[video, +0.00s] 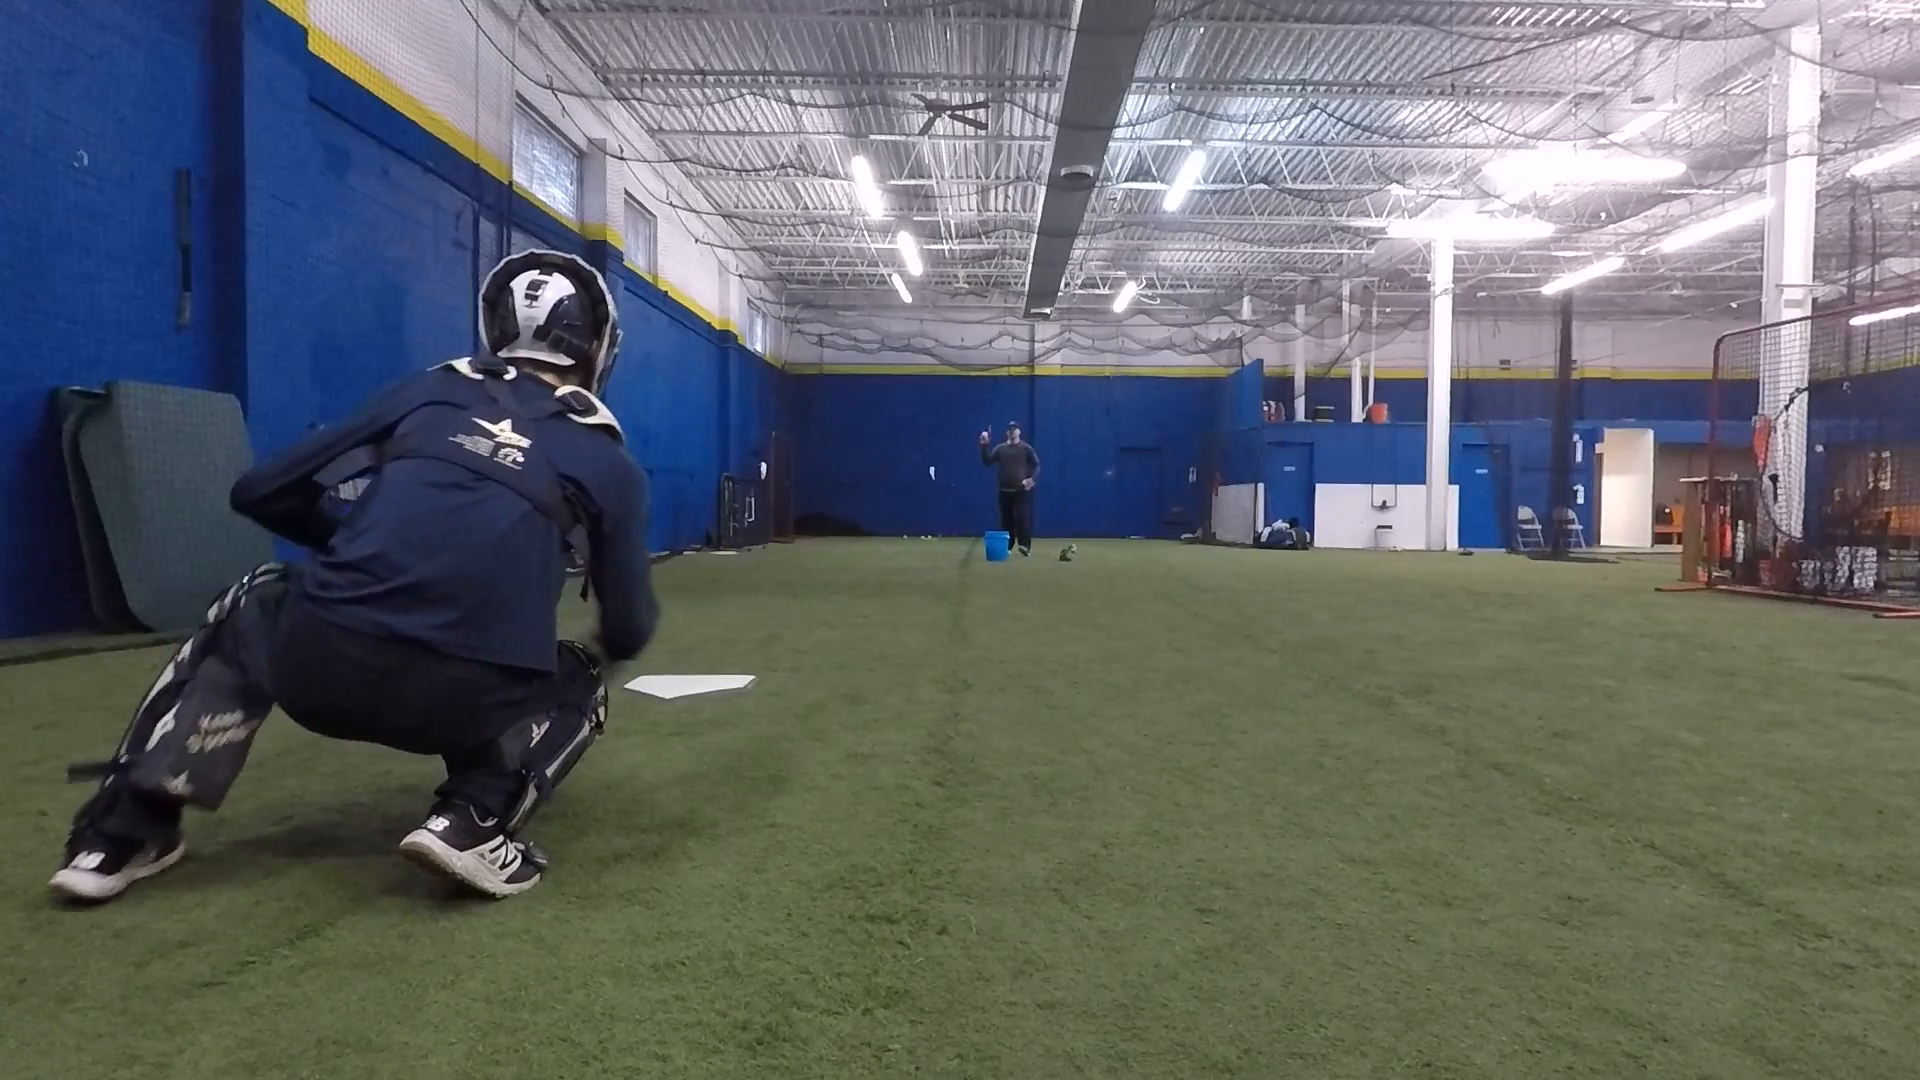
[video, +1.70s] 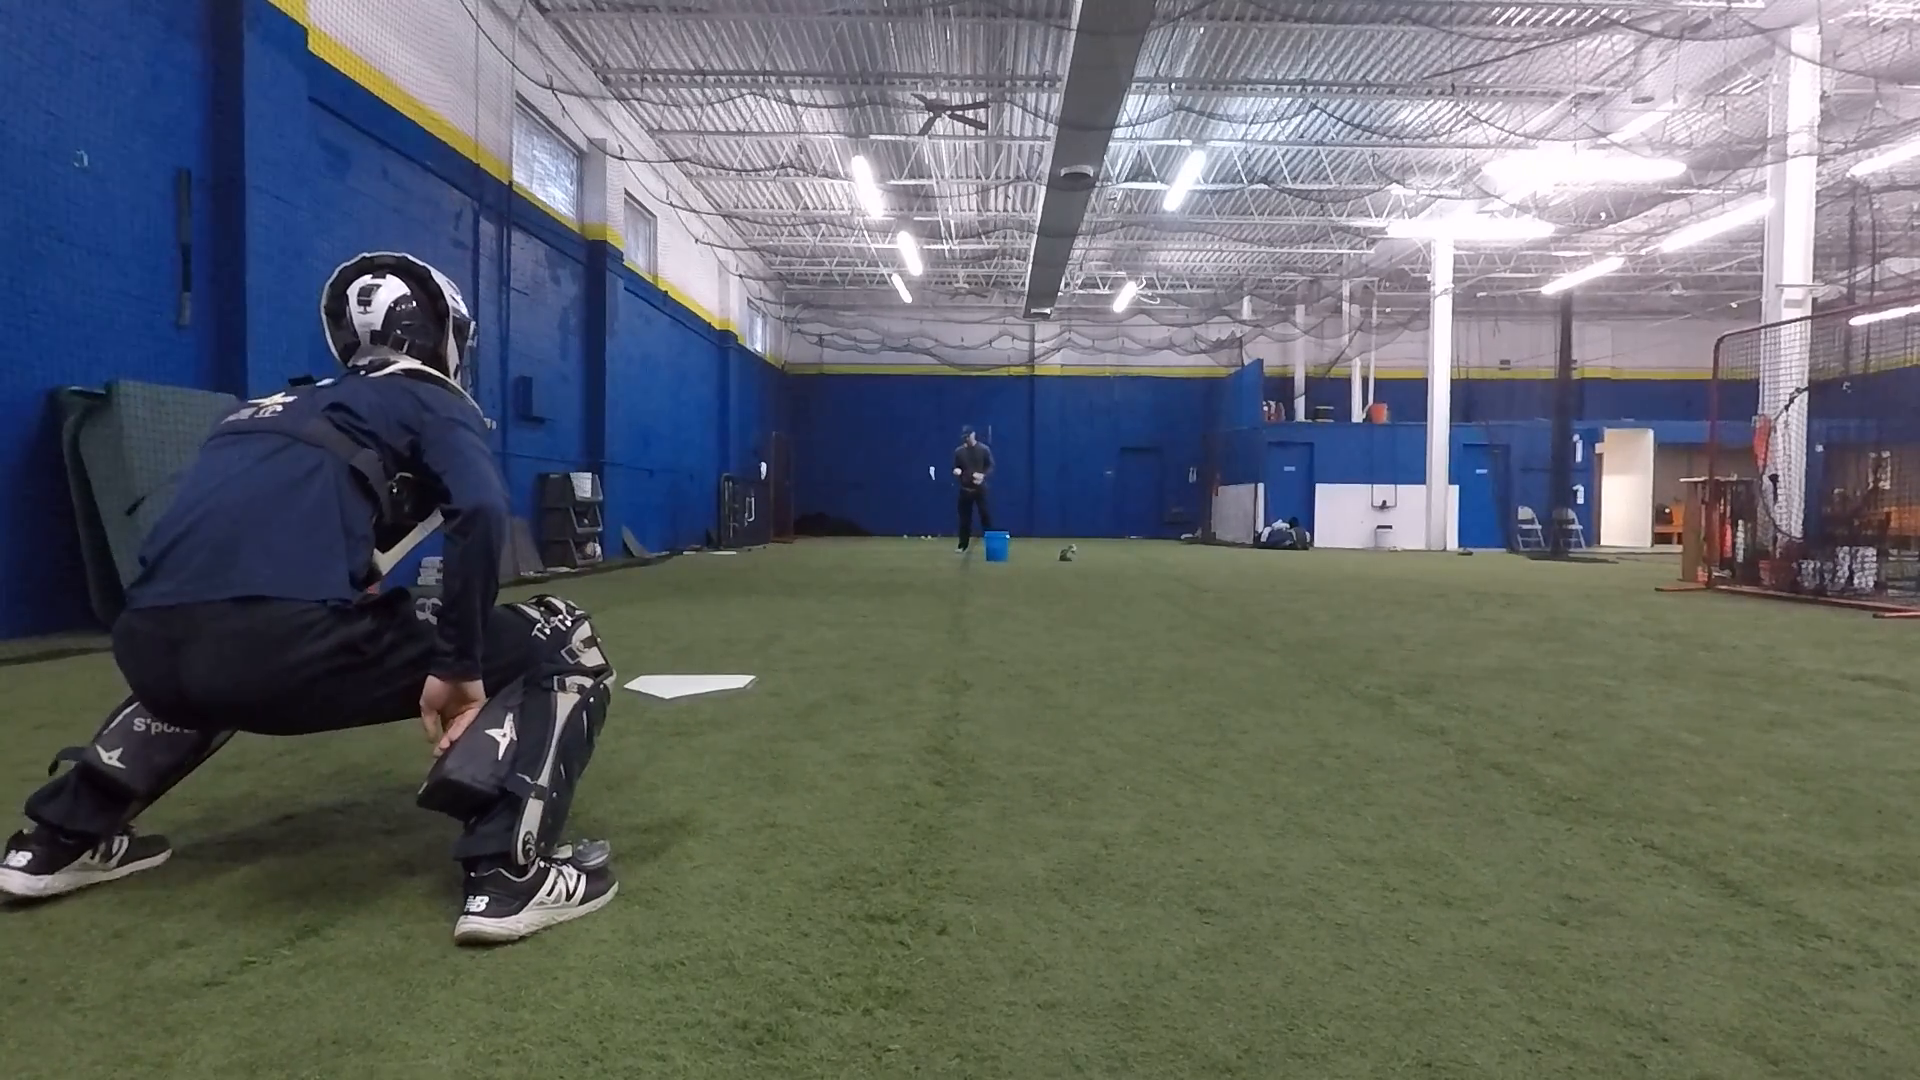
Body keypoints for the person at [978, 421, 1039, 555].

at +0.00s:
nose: (1012, 432)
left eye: (1014, 430)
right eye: (1010, 430)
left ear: (1019, 432)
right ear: (1007, 432)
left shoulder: (1026, 449)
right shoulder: (1000, 448)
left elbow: (1037, 466)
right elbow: (987, 461)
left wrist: (1032, 479)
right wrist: (984, 446)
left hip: (1021, 490)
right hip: (1005, 490)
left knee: (1022, 518)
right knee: (1006, 519)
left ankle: (1024, 546)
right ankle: (1008, 546)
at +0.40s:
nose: (1010, 434)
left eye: (1012, 431)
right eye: (1008, 431)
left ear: (1017, 432)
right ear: (1005, 433)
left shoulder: (1024, 449)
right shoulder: (998, 449)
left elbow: (1033, 466)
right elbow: (992, 462)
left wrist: (1028, 479)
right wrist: (991, 465)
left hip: (1018, 488)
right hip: (1003, 488)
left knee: (1018, 516)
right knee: (1005, 516)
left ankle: (1018, 543)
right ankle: (1008, 543)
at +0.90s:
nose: (1012, 439)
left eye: (1014, 436)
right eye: (1010, 436)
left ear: (1019, 436)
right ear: (1007, 436)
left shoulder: (1025, 452)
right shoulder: (1000, 448)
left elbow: (1032, 469)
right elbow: (991, 461)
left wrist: (1025, 482)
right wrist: (996, 470)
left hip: (1013, 489)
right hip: (997, 487)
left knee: (1013, 518)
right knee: (994, 516)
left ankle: (1014, 545)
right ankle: (990, 545)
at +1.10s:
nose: (1006, 437)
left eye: (1008, 434)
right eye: (1004, 434)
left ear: (1013, 435)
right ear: (1001, 435)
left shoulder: (1019, 451)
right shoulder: (993, 448)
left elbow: (1026, 468)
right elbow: (986, 464)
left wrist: (1021, 481)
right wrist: (992, 471)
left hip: (1008, 490)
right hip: (991, 489)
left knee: (1011, 518)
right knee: (981, 515)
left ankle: (1014, 546)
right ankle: (971, 543)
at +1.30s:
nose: (991, 438)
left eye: (993, 436)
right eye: (989, 436)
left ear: (999, 436)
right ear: (987, 437)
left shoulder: (1006, 452)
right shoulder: (981, 451)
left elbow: (1014, 469)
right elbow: (976, 467)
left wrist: (1011, 482)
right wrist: (981, 473)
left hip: (999, 492)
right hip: (983, 492)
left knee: (1005, 520)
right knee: (973, 519)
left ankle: (1014, 545)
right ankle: (963, 544)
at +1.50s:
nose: (975, 438)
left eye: (977, 435)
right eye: (974, 436)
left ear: (983, 435)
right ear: (972, 437)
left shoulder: (993, 451)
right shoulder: (967, 452)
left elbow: (999, 467)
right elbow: (963, 466)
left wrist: (997, 478)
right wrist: (964, 473)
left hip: (987, 491)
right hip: (971, 491)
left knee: (996, 518)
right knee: (966, 520)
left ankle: (1009, 543)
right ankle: (963, 545)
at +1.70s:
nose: (967, 439)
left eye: (968, 436)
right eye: (965, 437)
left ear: (974, 435)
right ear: (962, 438)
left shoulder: (984, 450)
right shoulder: (959, 451)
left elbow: (991, 466)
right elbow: (956, 466)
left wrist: (983, 475)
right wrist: (956, 471)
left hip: (980, 489)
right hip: (965, 489)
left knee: (985, 514)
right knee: (964, 518)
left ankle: (990, 542)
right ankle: (962, 544)